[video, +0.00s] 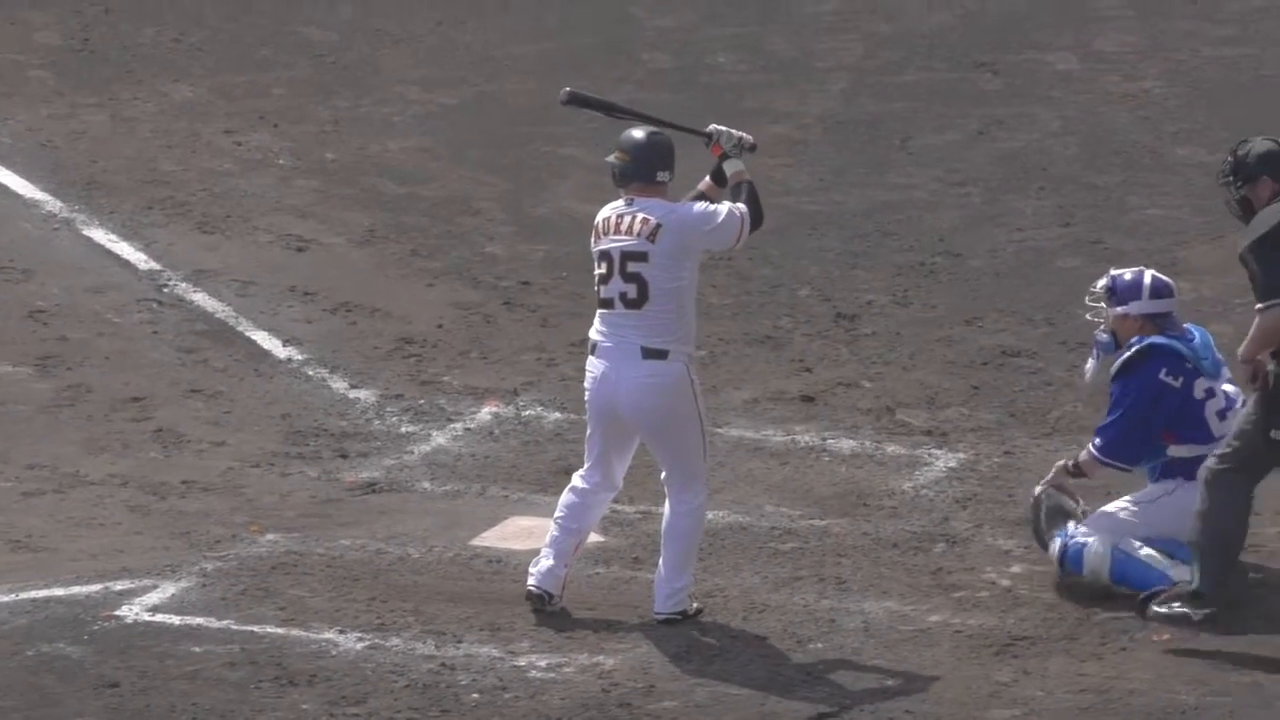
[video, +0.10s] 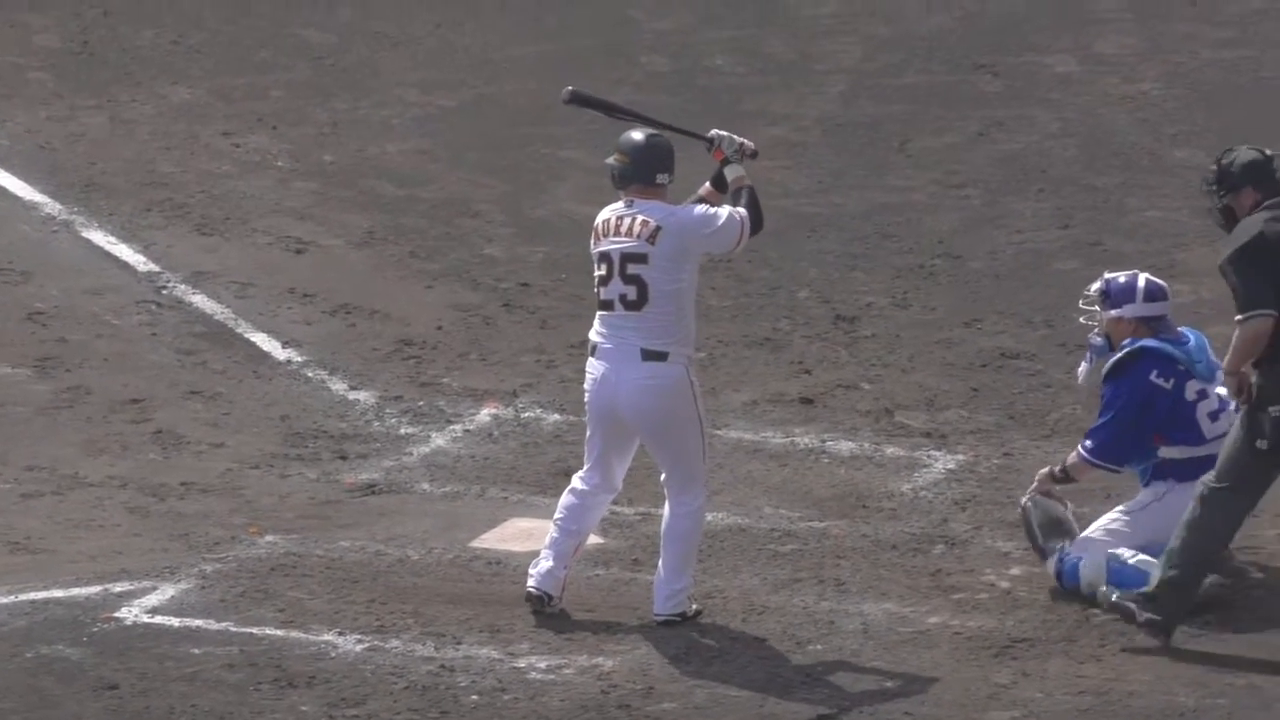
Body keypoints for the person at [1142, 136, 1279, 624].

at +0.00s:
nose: (1242, 196)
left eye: (1246, 186)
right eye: (1241, 186)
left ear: (1267, 186)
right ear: (1270, 186)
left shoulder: (1267, 233)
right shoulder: (1267, 230)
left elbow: (1270, 318)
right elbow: (1270, 317)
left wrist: (1247, 355)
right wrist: (1259, 355)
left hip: (1274, 387)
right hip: (1273, 385)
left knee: (1225, 472)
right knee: (1228, 469)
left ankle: (1210, 592)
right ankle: (1215, 583)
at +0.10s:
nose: (1224, 202)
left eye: (1229, 193)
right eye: (1223, 193)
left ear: (1252, 194)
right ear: (1261, 192)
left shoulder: (1256, 238)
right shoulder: (1268, 225)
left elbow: (1260, 322)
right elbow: (1263, 319)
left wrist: (1235, 366)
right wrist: (1243, 364)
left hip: (1273, 401)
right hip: (1269, 397)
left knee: (1223, 491)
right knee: (1226, 490)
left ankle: (1161, 605)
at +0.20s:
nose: (1196, 214)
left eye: (1199, 205)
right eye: (1196, 205)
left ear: (1220, 204)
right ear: (1246, 197)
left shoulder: (1224, 255)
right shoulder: (1274, 226)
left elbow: (1225, 337)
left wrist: (1202, 382)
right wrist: (1226, 377)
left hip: (1262, 402)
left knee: (1188, 505)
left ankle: (1142, 619)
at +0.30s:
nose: (1169, 220)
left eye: (1173, 211)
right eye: (1168, 211)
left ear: (1194, 213)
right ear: (1218, 207)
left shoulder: (1192, 268)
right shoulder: (1270, 237)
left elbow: (1188, 350)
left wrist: (1172, 391)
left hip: (1242, 404)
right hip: (1275, 398)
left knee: (1156, 499)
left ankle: (1134, 621)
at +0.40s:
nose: (1146, 232)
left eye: (1149, 223)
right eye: (1144, 222)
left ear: (1168, 223)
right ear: (1200, 211)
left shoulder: (1167, 276)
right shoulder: (1261, 239)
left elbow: (1159, 361)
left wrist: (1155, 398)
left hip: (1232, 406)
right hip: (1274, 395)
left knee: (1141, 500)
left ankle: (1133, 623)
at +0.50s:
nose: (1135, 238)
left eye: (1137, 228)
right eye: (1133, 228)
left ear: (1155, 227)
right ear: (1184, 215)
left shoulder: (1160, 280)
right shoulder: (1247, 238)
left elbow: (1154, 363)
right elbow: (1270, 306)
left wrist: (1148, 403)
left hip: (1227, 408)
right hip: (1272, 397)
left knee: (1137, 498)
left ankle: (1131, 622)